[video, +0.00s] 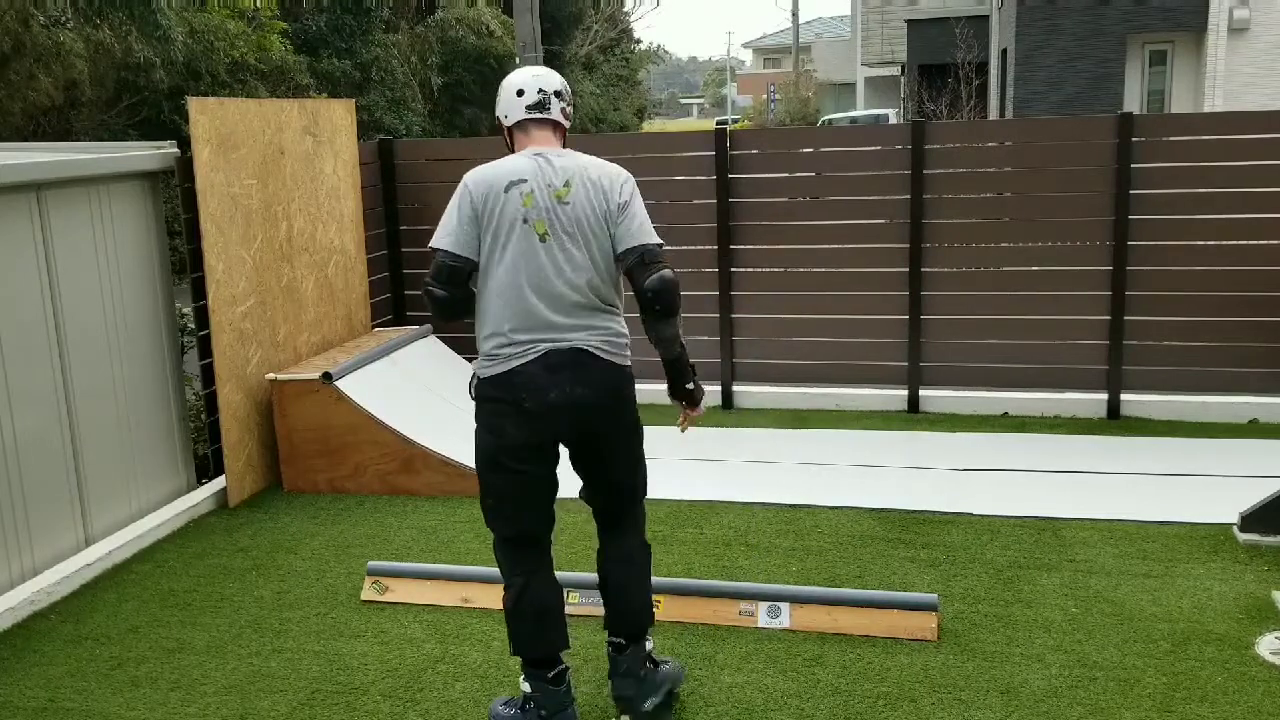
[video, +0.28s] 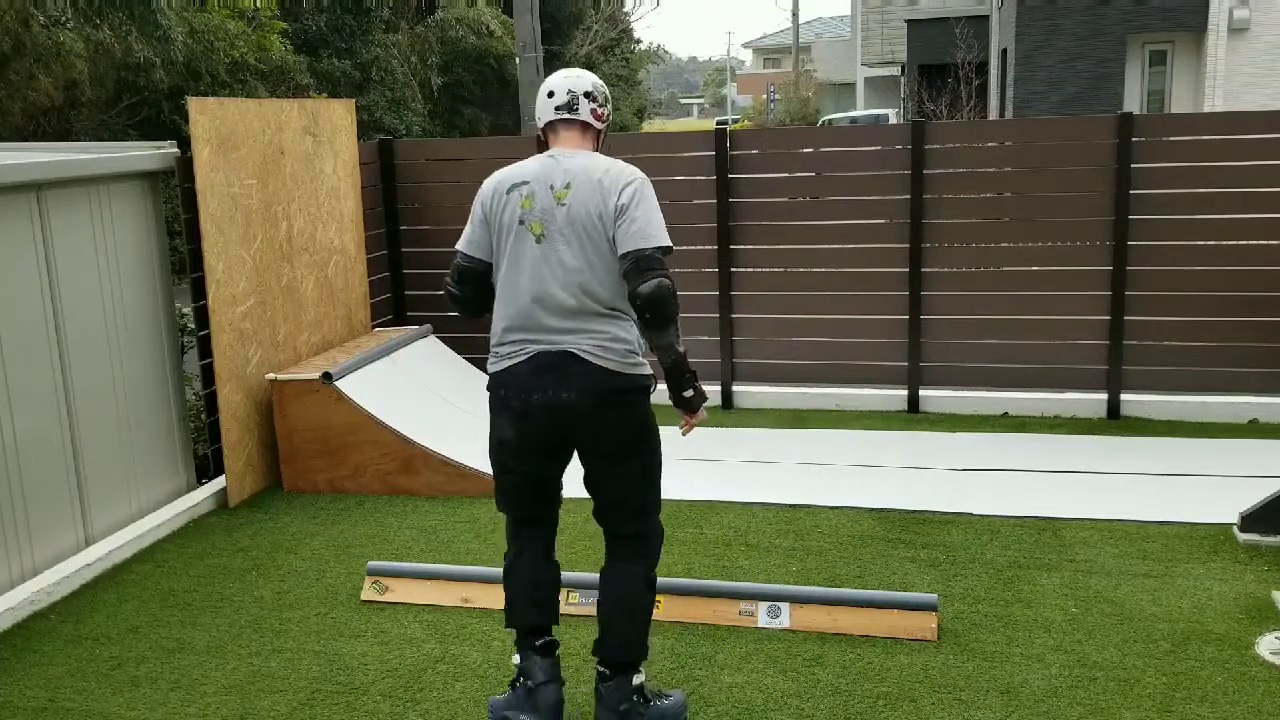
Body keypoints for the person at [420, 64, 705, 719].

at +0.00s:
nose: (511, 134)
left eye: (503, 125)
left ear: (504, 126)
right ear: (566, 121)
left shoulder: (478, 185)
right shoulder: (611, 180)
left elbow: (446, 292)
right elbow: (655, 286)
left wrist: (474, 344)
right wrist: (679, 367)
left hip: (508, 386)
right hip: (599, 379)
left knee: (522, 540)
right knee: (621, 517)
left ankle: (548, 691)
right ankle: (632, 670)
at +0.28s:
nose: (602, 128)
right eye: (603, 119)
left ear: (541, 123)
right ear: (601, 120)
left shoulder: (498, 186)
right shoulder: (624, 182)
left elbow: (466, 294)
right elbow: (652, 293)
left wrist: (522, 273)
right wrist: (679, 374)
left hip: (519, 383)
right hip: (609, 382)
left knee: (528, 528)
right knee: (632, 534)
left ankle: (536, 683)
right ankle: (620, 690)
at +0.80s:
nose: (655, 185)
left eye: (655, 178)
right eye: (655, 177)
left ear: (595, 173)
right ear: (646, 171)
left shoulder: (547, 212)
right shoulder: (638, 206)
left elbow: (510, 295)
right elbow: (630, 283)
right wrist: (666, 385)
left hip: (515, 379)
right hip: (595, 381)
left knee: (553, 496)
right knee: (667, 483)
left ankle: (532, 641)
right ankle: (673, 637)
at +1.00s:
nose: (663, 214)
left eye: (660, 209)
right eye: (662, 208)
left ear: (609, 208)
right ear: (657, 207)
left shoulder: (567, 243)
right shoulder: (658, 241)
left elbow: (519, 312)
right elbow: (698, 321)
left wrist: (546, 369)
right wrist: (736, 407)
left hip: (527, 394)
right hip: (608, 397)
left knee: (568, 496)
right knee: (679, 490)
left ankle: (536, 637)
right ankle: (693, 634)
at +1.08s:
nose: (662, 221)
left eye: (657, 213)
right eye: (660, 213)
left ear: (604, 219)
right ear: (654, 214)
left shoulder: (568, 252)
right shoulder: (667, 250)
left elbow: (501, 316)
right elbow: (727, 333)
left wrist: (473, 374)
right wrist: (755, 381)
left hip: (542, 403)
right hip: (624, 402)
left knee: (573, 499)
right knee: (690, 493)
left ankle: (538, 640)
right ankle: (693, 637)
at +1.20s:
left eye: (563, 177)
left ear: (568, 175)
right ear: (621, 165)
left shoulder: (554, 210)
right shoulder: (663, 206)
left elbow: (495, 261)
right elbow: (724, 261)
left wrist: (433, 318)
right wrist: (725, 262)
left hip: (579, 381)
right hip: (663, 377)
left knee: (573, 503)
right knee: (691, 493)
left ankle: (541, 636)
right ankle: (692, 630)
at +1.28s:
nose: (541, 152)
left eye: (538, 144)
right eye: (539, 146)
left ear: (548, 136)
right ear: (593, 121)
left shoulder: (560, 163)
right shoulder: (653, 158)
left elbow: (534, 206)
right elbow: (709, 195)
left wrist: (445, 263)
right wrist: (676, 171)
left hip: (604, 341)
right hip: (680, 333)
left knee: (575, 481)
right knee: (675, 471)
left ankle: (555, 623)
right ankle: (695, 605)